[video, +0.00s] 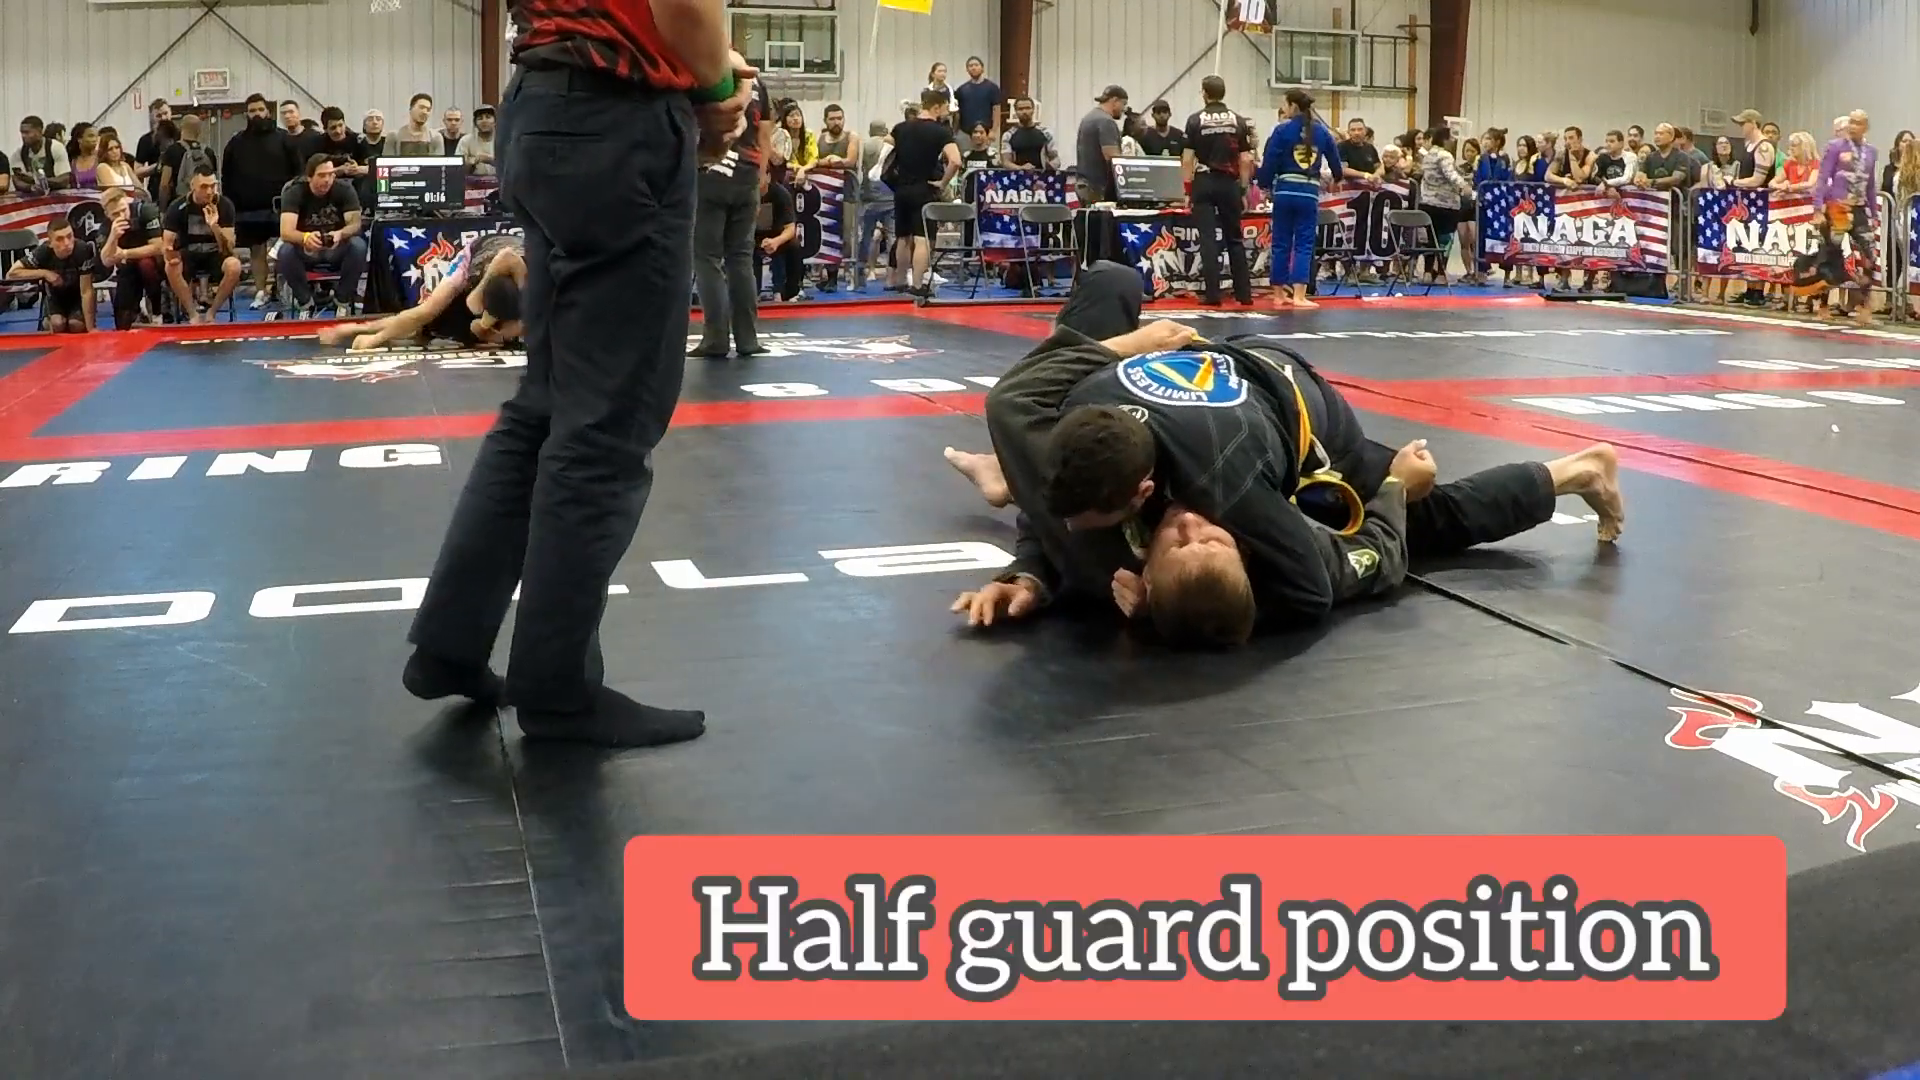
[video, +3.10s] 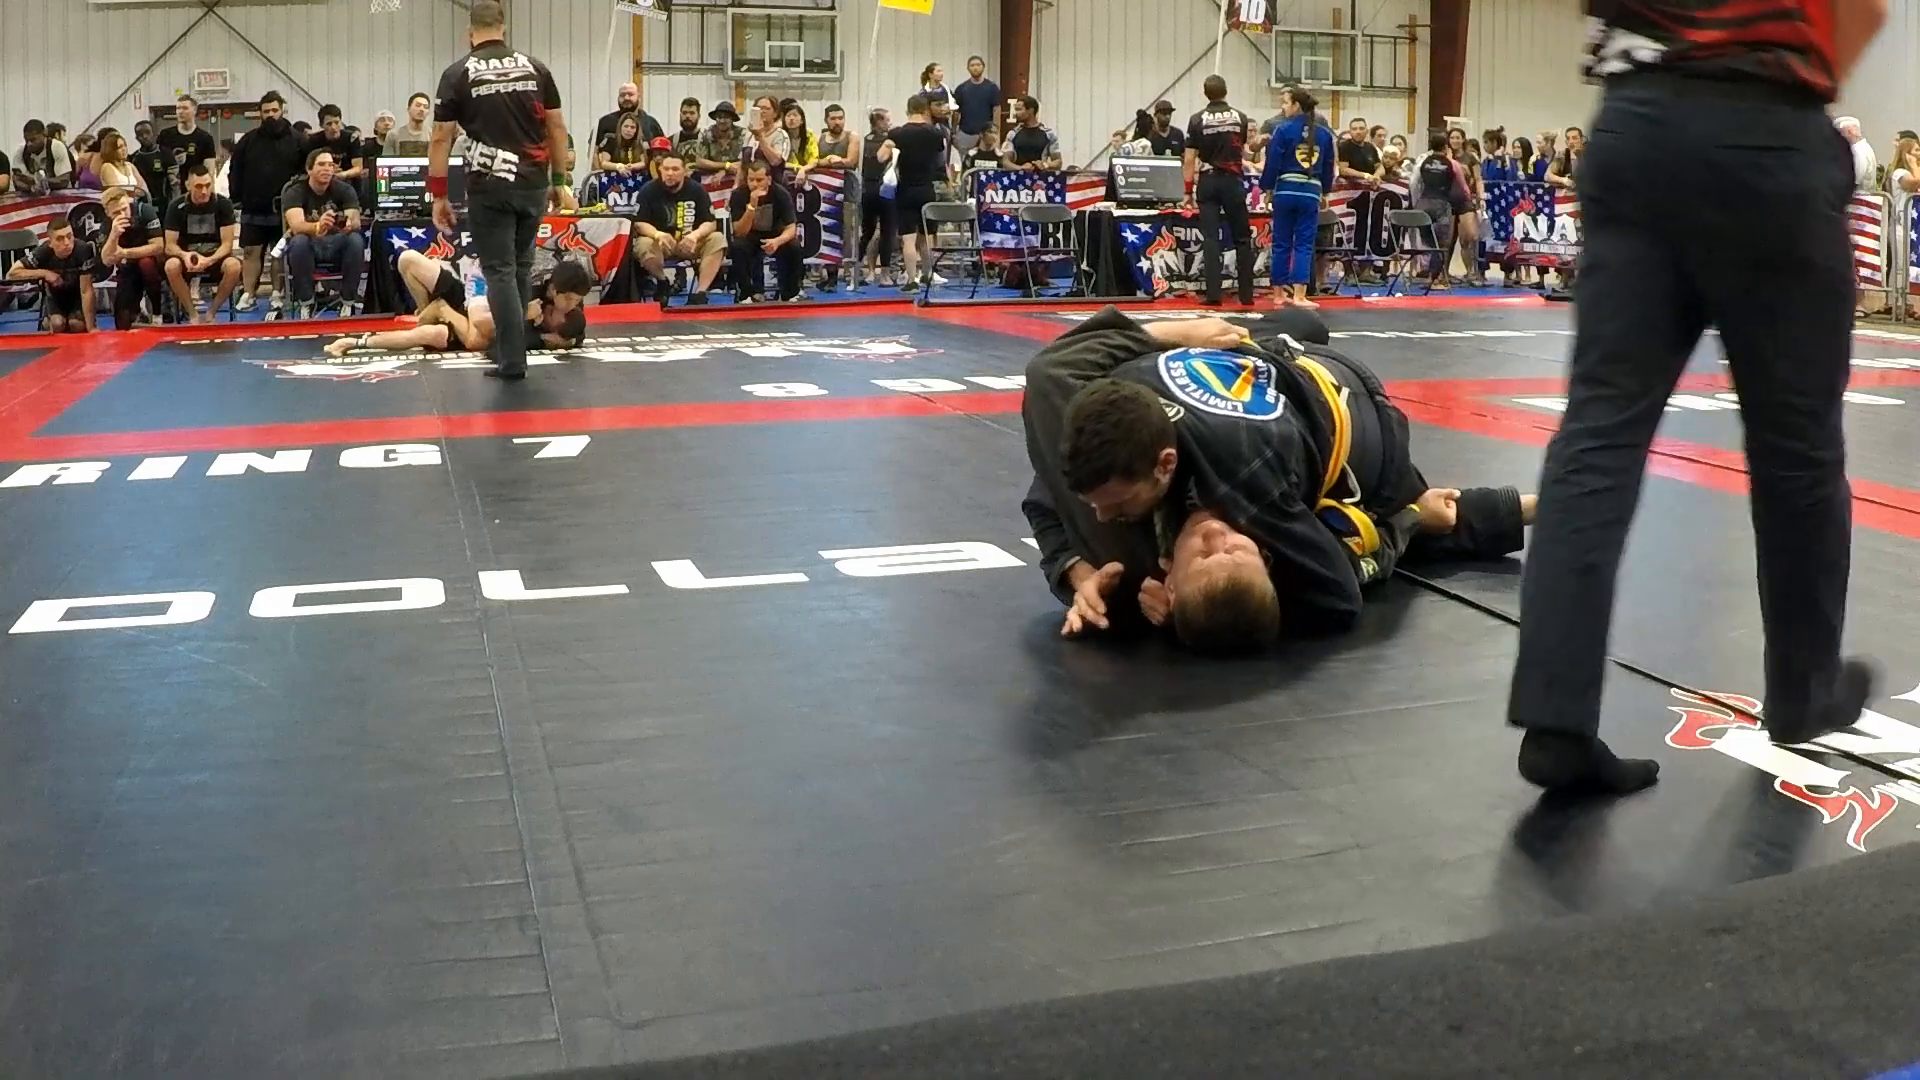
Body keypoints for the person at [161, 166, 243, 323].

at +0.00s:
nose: (209, 191)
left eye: (212, 186)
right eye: (204, 187)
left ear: (216, 186)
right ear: (193, 187)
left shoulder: (224, 205)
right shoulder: (178, 207)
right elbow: (168, 241)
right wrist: (171, 257)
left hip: (215, 253)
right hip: (188, 254)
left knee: (234, 266)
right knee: (172, 268)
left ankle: (211, 313)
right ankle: (193, 315)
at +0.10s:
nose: (208, 191)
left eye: (211, 186)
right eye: (203, 186)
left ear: (215, 185)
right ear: (191, 186)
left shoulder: (224, 204)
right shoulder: (177, 207)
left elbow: (232, 243)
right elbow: (168, 241)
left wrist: (216, 233)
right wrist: (171, 257)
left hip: (214, 253)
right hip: (187, 253)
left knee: (234, 266)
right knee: (172, 268)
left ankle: (211, 313)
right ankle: (193, 315)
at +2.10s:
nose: (208, 190)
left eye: (212, 184)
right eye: (203, 185)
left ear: (216, 183)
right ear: (190, 184)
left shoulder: (225, 204)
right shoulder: (177, 207)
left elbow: (229, 243)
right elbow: (167, 243)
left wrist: (214, 255)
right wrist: (171, 257)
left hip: (216, 252)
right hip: (188, 253)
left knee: (234, 266)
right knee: (172, 268)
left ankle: (211, 313)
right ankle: (193, 315)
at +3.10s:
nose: (204, 191)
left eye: (207, 185)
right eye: (198, 186)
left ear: (212, 183)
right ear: (188, 185)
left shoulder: (223, 204)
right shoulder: (176, 206)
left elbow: (227, 244)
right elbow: (169, 244)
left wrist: (210, 260)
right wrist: (184, 255)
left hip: (215, 254)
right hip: (188, 257)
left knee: (234, 266)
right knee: (171, 266)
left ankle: (211, 313)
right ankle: (193, 315)